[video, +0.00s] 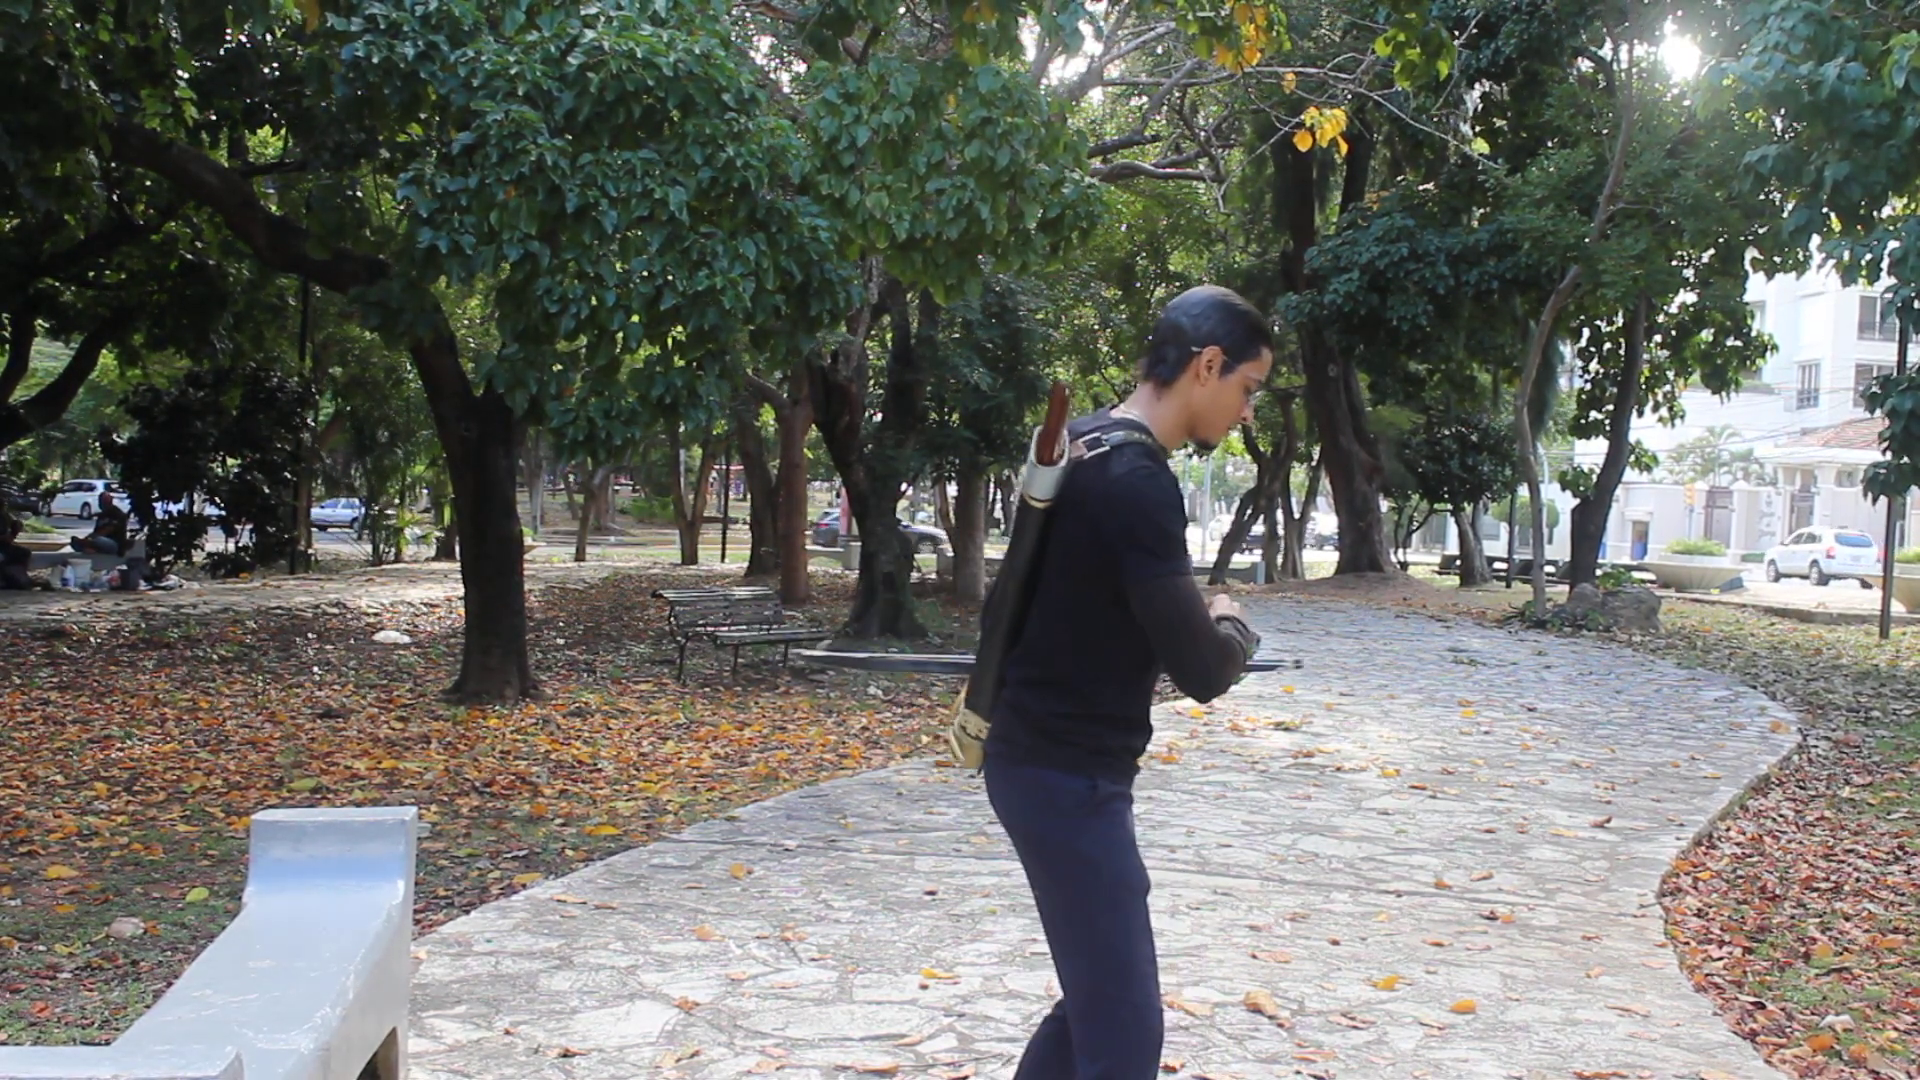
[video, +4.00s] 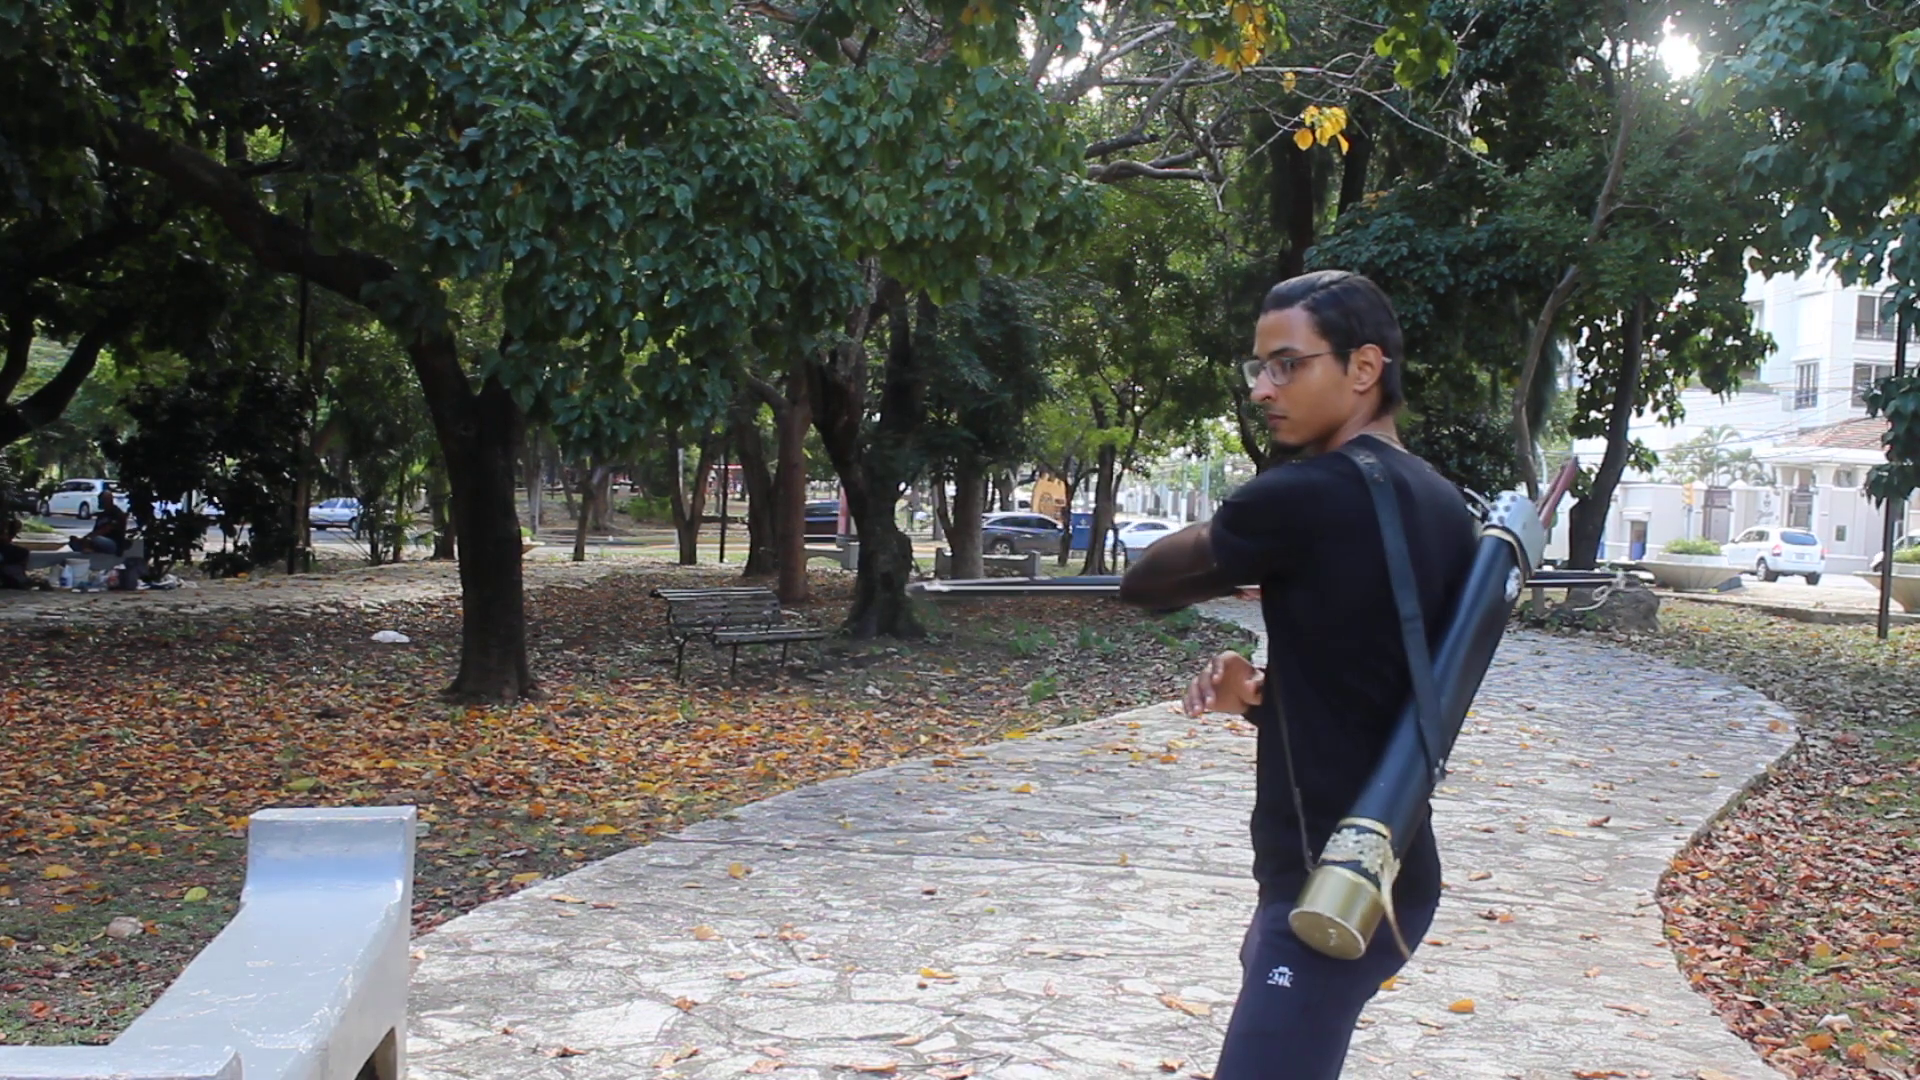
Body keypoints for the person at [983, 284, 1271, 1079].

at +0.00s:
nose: (1247, 413)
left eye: (1255, 395)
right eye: (1249, 388)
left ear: (1183, 363)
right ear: (1203, 364)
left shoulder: (1090, 443)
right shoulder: (1136, 478)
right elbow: (1201, 671)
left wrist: (1197, 615)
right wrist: (1231, 623)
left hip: (1041, 766)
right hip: (1068, 781)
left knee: (1096, 1007)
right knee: (1127, 1031)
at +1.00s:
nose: (1200, 406)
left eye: (1202, 386)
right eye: (1191, 384)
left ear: (1130, 377)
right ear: (1137, 373)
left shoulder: (1059, 458)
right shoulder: (1112, 484)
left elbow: (1007, 601)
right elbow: (1200, 639)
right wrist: (1204, 617)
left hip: (1032, 755)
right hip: (1061, 768)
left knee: (997, 967)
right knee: (1081, 1000)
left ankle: (967, 1075)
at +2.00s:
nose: (1194, 401)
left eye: (1197, 383)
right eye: (1181, 381)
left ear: (1127, 384)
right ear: (1121, 379)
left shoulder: (1034, 461)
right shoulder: (1142, 499)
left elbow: (952, 555)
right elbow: (1225, 638)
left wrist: (884, 610)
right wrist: (1151, 584)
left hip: (1025, 749)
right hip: (1066, 765)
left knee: (1024, 968)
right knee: (1107, 1004)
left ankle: (975, 1075)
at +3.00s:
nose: (1143, 365)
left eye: (1166, 342)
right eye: (1125, 345)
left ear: (1213, 349)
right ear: (1109, 357)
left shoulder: (1271, 461)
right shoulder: (1081, 492)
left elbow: (1386, 491)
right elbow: (994, 648)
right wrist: (1071, 644)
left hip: (1261, 831)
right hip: (1119, 833)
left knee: (1317, 1064)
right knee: (1109, 1064)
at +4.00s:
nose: (1261, 388)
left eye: (1287, 364)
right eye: (1258, 366)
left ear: (1365, 370)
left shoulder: (1305, 495)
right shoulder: (1440, 499)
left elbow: (1144, 582)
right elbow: (1397, 685)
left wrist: (1246, 563)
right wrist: (1265, 690)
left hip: (1322, 888)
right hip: (1389, 876)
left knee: (1253, 1067)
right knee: (1277, 1061)